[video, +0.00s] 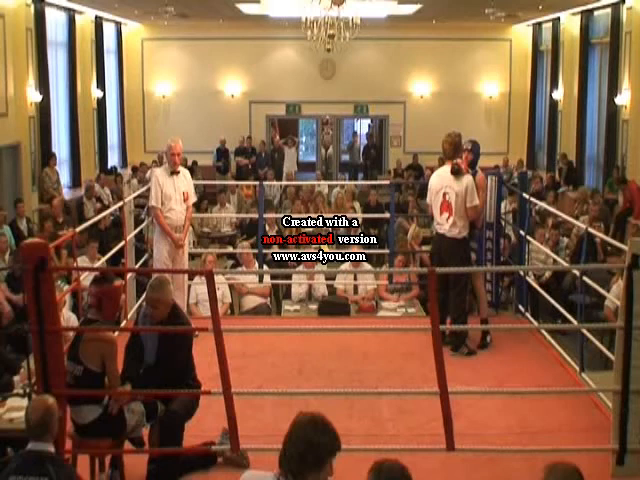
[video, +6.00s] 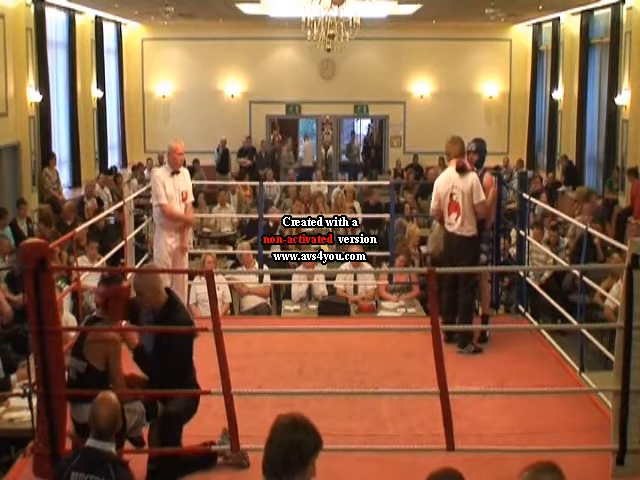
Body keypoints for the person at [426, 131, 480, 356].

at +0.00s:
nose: (464, 154)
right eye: (463, 151)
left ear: (443, 152)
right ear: (462, 153)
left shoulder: (435, 176)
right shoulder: (467, 179)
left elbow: (431, 207)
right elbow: (472, 213)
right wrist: (476, 189)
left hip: (439, 237)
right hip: (458, 239)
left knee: (440, 285)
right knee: (459, 288)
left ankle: (439, 328)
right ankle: (458, 337)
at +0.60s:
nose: (463, 151)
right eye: (463, 148)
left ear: (445, 149)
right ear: (463, 149)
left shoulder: (437, 174)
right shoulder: (470, 176)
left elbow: (432, 208)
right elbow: (474, 210)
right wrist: (481, 188)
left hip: (441, 234)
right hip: (460, 236)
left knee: (442, 283)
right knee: (460, 286)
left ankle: (440, 328)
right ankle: (459, 337)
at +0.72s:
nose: (465, 152)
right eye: (465, 149)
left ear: (446, 150)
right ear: (465, 150)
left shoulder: (437, 174)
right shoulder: (470, 176)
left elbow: (432, 206)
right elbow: (475, 209)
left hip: (441, 235)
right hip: (460, 237)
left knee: (442, 284)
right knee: (460, 287)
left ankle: (440, 328)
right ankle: (459, 338)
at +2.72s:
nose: (467, 161)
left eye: (461, 156)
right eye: (467, 157)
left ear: (450, 156)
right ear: (467, 156)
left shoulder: (439, 177)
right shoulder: (472, 177)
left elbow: (435, 208)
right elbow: (482, 208)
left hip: (444, 239)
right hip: (465, 241)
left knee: (445, 287)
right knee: (464, 290)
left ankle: (444, 329)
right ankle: (459, 339)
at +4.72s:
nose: (474, 157)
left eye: (471, 153)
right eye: (474, 153)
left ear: (454, 154)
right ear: (472, 155)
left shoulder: (445, 178)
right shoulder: (475, 178)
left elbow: (439, 213)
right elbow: (482, 209)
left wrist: (453, 218)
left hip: (451, 238)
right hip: (469, 239)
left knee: (450, 284)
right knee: (468, 287)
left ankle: (444, 327)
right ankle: (465, 338)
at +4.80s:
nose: (475, 157)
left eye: (471, 153)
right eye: (475, 154)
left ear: (455, 154)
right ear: (473, 155)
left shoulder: (446, 179)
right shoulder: (477, 179)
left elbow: (440, 213)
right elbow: (484, 209)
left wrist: (453, 220)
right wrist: (487, 222)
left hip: (452, 237)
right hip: (470, 238)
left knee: (450, 284)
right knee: (469, 287)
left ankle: (444, 326)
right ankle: (465, 337)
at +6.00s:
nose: (455, 158)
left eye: (450, 154)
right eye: (461, 154)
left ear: (446, 155)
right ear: (465, 154)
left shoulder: (441, 180)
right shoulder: (472, 178)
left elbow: (435, 211)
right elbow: (481, 209)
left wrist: (447, 222)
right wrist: (491, 193)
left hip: (449, 235)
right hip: (468, 235)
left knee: (449, 283)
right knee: (467, 285)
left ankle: (449, 328)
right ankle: (464, 336)